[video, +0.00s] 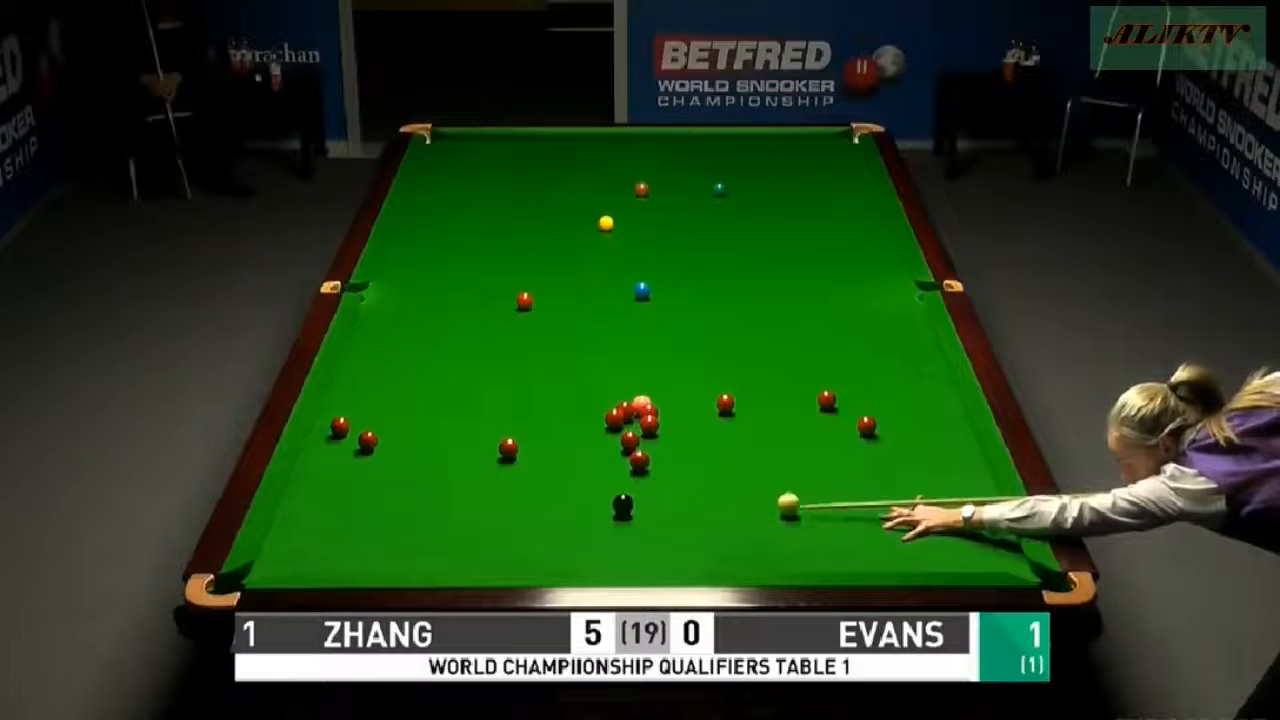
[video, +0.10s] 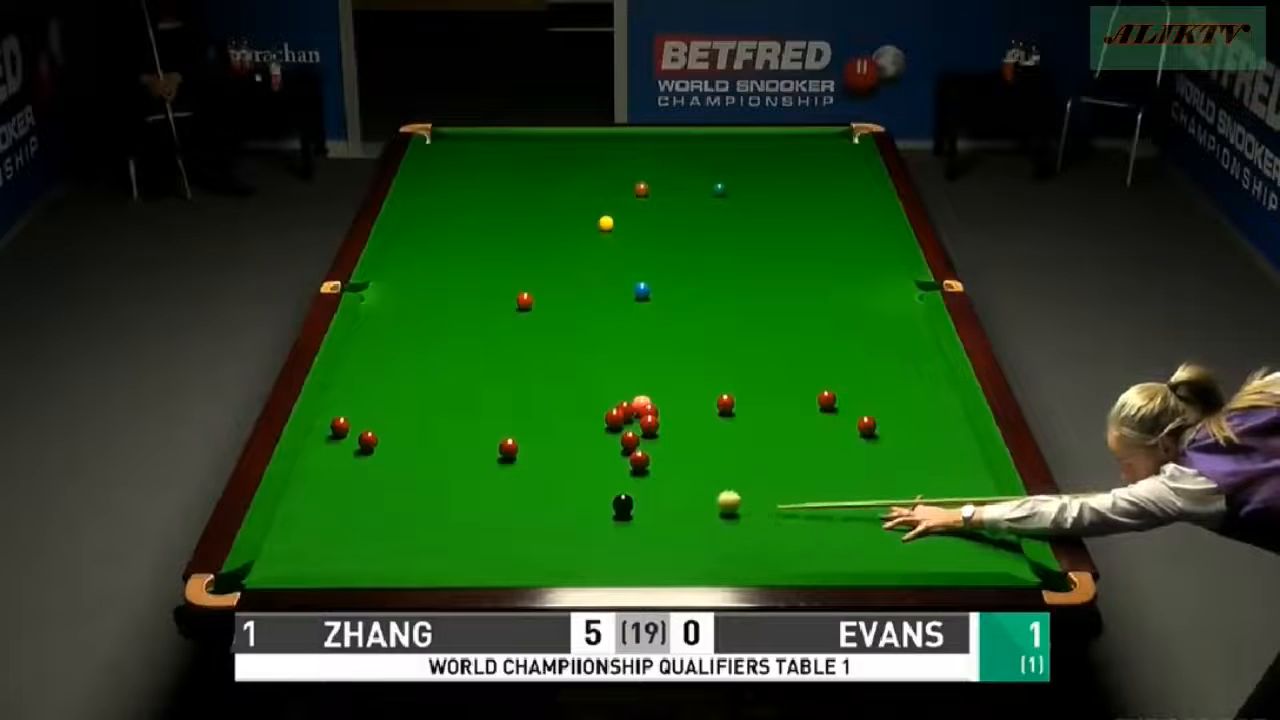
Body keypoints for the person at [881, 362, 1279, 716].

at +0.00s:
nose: (1124, 477)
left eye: (1126, 463)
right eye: (1120, 463)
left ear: (1163, 448)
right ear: (1179, 429)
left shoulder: (1189, 482)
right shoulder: (1256, 399)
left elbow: (1075, 513)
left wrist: (961, 516)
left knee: (1255, 710)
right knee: (1256, 705)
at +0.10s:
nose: (1123, 476)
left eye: (1126, 463)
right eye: (1120, 463)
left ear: (1163, 448)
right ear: (1181, 428)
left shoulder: (1189, 483)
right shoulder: (1256, 398)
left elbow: (1074, 513)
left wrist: (960, 516)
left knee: (1255, 710)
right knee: (1255, 705)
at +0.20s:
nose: (1123, 476)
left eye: (1126, 463)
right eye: (1119, 463)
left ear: (1162, 448)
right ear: (1181, 427)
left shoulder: (1189, 482)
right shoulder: (1256, 398)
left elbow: (1074, 513)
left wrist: (960, 516)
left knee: (1255, 709)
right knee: (1256, 705)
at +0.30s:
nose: (1122, 475)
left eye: (1125, 462)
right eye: (1119, 462)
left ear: (1162, 448)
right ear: (1180, 428)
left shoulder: (1188, 483)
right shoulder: (1255, 399)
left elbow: (1074, 513)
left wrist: (960, 516)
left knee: (1255, 709)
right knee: (1256, 705)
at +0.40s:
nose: (1122, 475)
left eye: (1125, 462)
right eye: (1118, 462)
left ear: (1162, 448)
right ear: (1180, 428)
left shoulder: (1187, 483)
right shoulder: (1255, 399)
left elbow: (1074, 513)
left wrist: (960, 516)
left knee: (1255, 709)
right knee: (1256, 705)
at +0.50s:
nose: (1122, 475)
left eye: (1125, 462)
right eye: (1118, 462)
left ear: (1162, 448)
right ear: (1180, 427)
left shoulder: (1188, 483)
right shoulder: (1256, 398)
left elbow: (1074, 513)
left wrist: (960, 516)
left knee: (1255, 709)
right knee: (1256, 705)